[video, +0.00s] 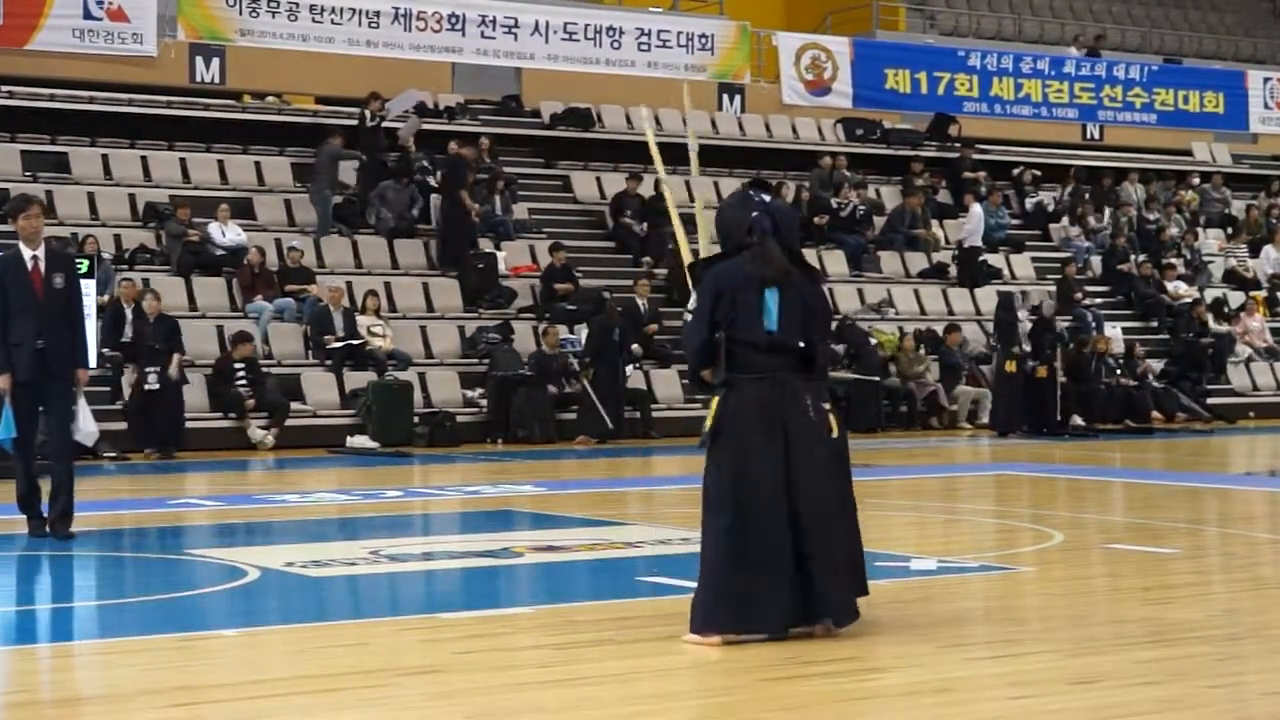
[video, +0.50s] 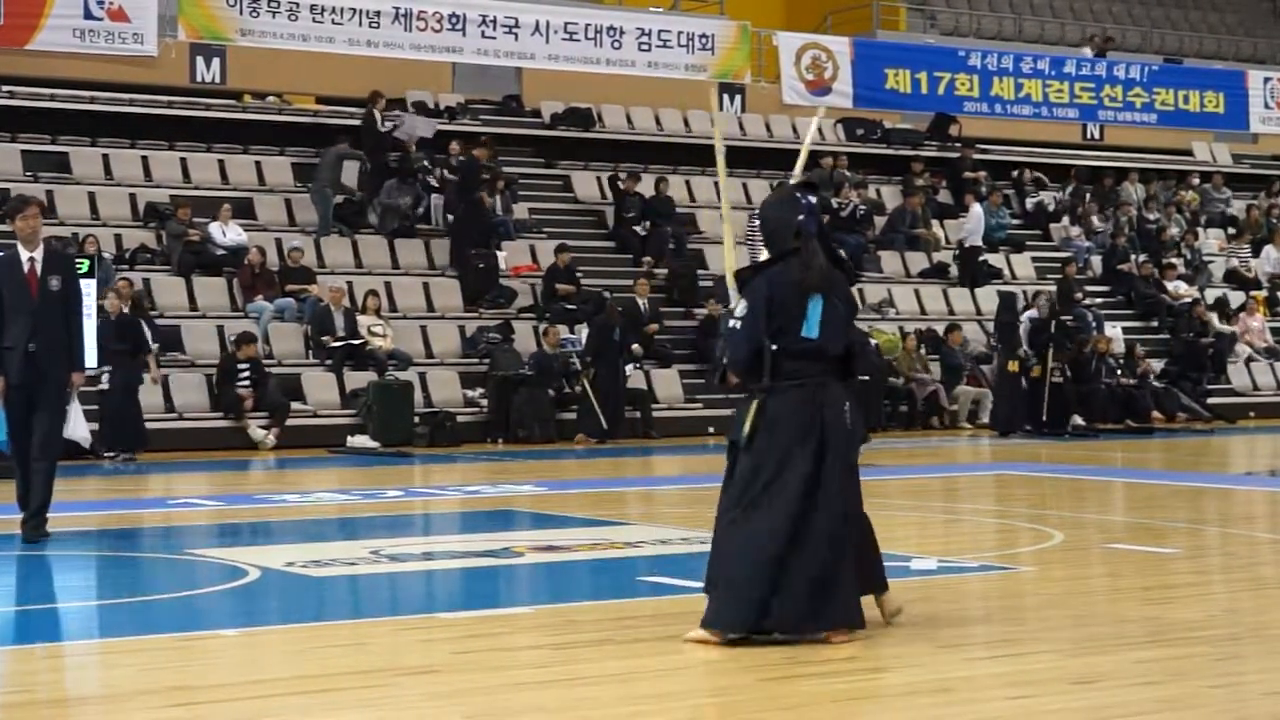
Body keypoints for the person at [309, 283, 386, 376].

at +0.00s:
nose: (332, 295)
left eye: (336, 292)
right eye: (330, 291)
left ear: (342, 295)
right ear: (327, 293)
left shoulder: (348, 312)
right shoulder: (319, 312)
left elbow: (353, 333)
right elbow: (314, 336)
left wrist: (361, 340)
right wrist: (324, 340)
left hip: (347, 344)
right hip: (328, 345)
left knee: (360, 351)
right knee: (339, 354)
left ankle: (360, 382)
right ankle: (337, 384)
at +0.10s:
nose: (332, 295)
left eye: (336, 292)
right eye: (330, 291)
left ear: (342, 295)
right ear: (327, 293)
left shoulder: (348, 312)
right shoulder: (319, 312)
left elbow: (353, 333)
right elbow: (314, 336)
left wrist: (361, 340)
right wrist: (324, 340)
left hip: (347, 343)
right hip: (328, 345)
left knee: (360, 351)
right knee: (339, 353)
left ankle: (361, 382)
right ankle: (337, 384)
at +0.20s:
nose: (332, 295)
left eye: (336, 292)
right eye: (330, 291)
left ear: (343, 295)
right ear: (327, 293)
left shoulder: (349, 312)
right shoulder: (319, 311)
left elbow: (354, 333)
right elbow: (314, 336)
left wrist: (361, 340)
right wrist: (324, 340)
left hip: (347, 343)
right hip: (329, 344)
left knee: (360, 352)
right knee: (339, 353)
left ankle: (360, 383)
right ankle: (337, 385)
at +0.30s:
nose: (333, 295)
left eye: (336, 292)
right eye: (330, 291)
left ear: (343, 294)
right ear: (327, 293)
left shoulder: (349, 312)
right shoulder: (320, 311)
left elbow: (354, 333)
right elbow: (314, 336)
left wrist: (361, 340)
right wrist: (325, 341)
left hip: (347, 343)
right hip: (329, 344)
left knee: (360, 352)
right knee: (339, 353)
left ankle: (360, 383)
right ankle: (337, 385)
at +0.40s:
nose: (333, 295)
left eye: (336, 292)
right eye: (331, 291)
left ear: (343, 295)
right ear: (328, 293)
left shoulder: (349, 311)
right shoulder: (320, 311)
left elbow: (354, 333)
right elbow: (315, 336)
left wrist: (362, 340)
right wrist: (325, 340)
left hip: (348, 343)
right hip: (330, 344)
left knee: (360, 352)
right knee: (339, 353)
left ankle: (360, 383)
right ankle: (337, 386)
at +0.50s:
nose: (333, 295)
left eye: (336, 292)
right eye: (331, 291)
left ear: (343, 294)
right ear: (328, 293)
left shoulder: (349, 312)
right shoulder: (320, 311)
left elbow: (354, 333)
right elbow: (315, 336)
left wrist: (362, 340)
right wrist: (326, 340)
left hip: (348, 343)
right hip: (329, 344)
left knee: (360, 352)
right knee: (340, 353)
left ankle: (359, 383)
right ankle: (338, 387)